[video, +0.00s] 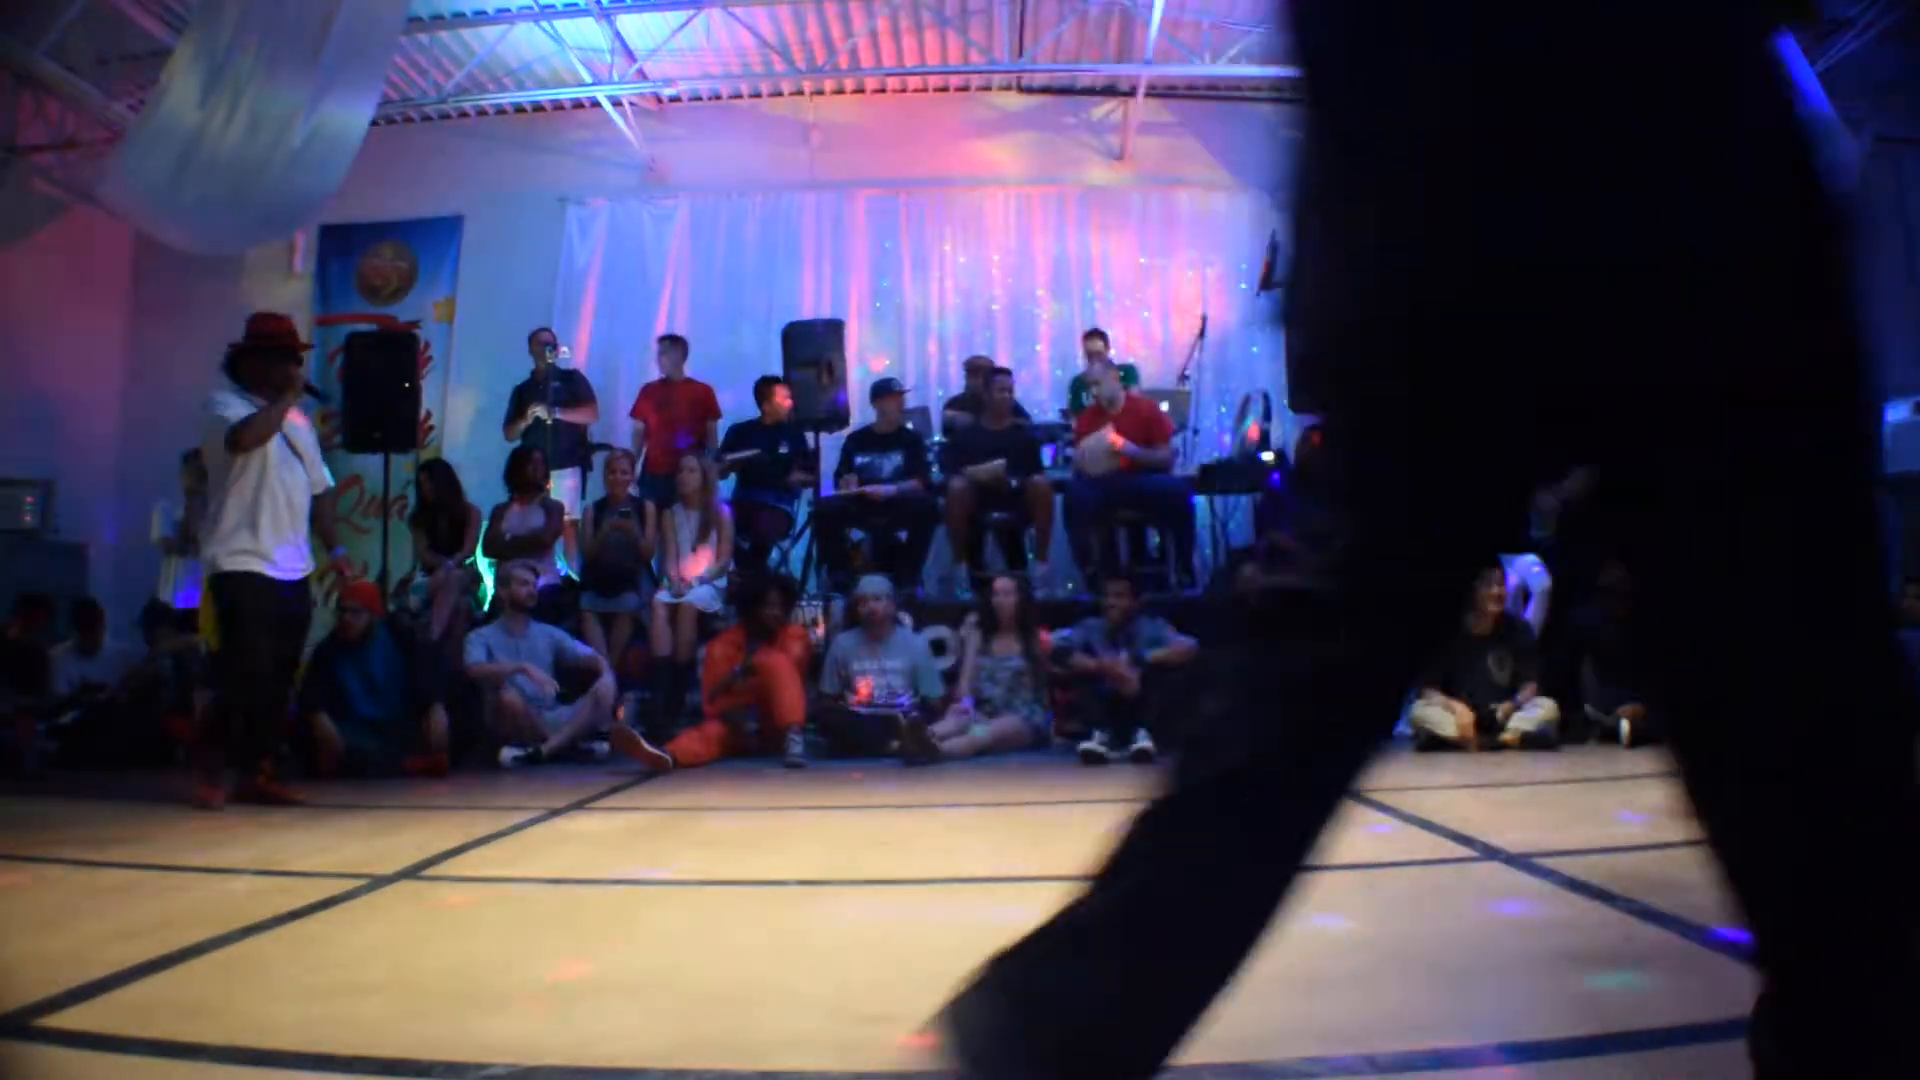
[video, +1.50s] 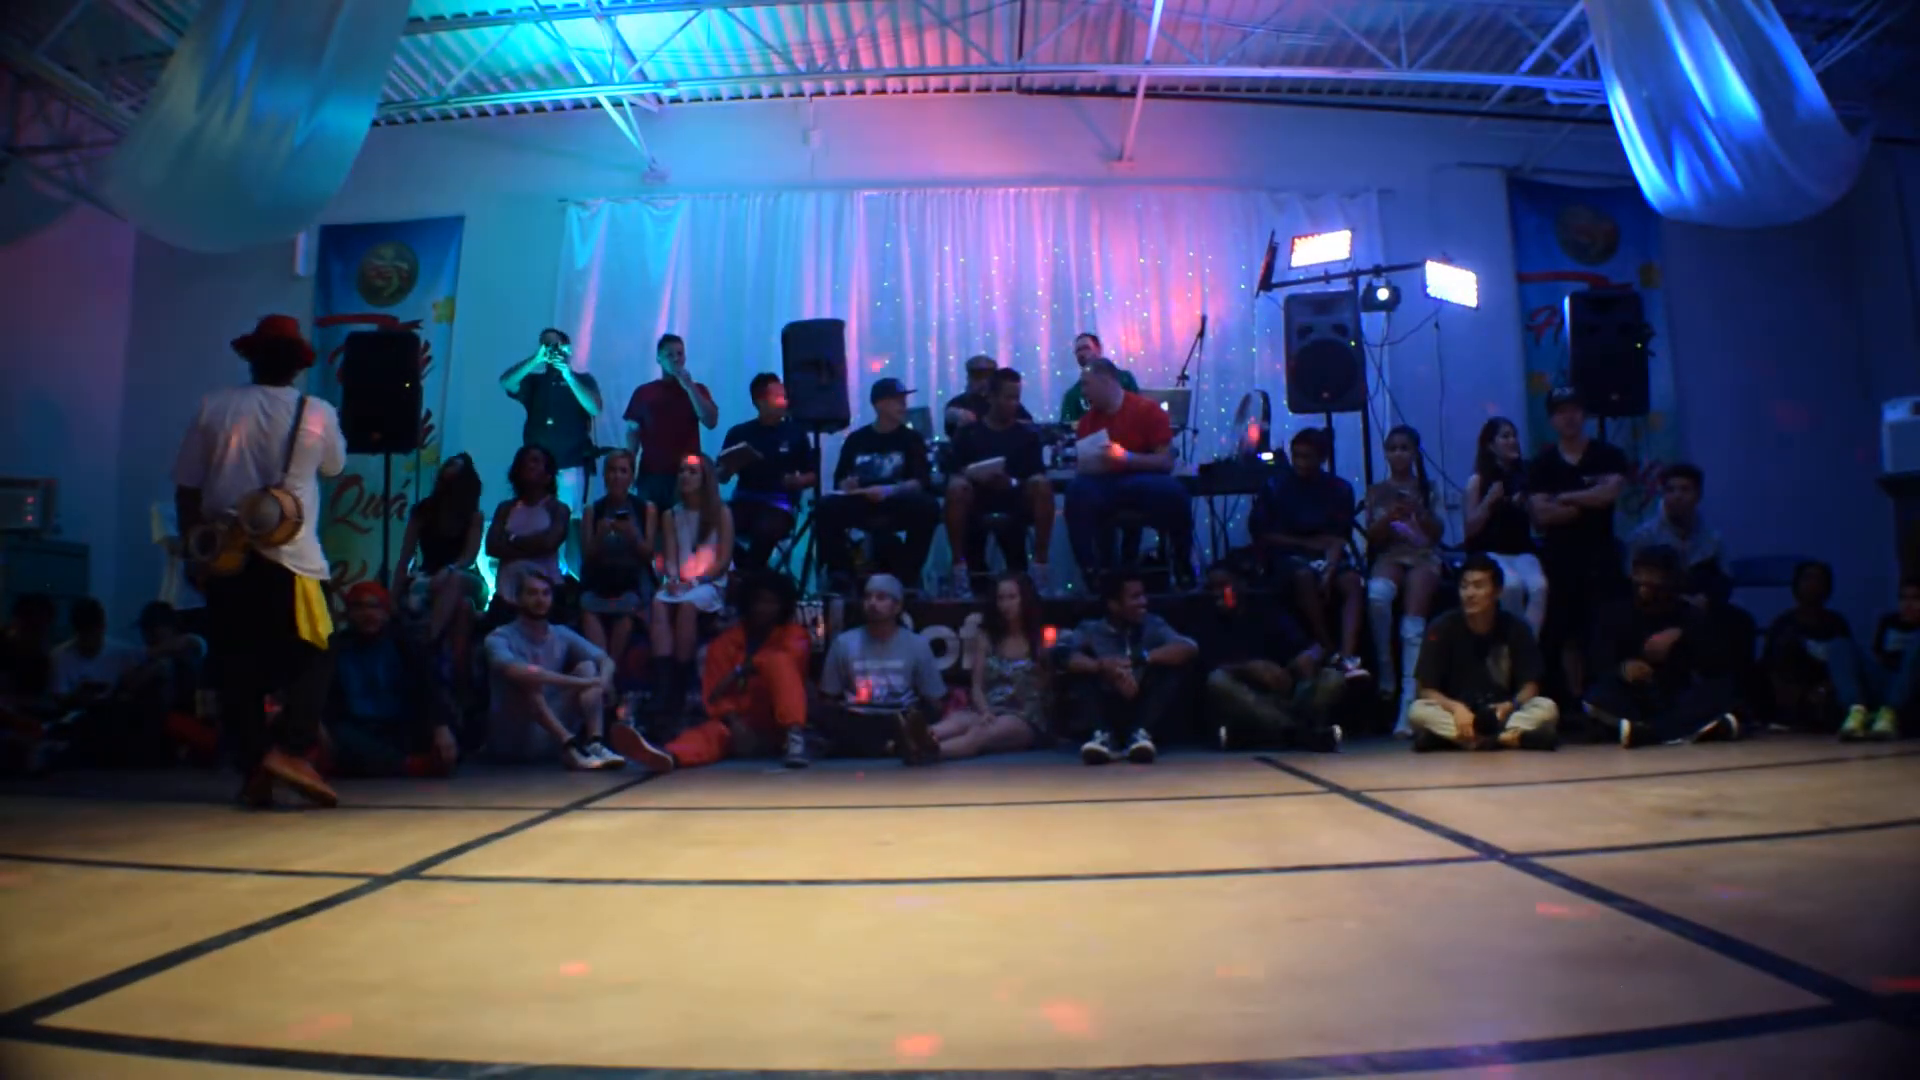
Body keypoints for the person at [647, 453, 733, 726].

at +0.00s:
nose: (684, 477)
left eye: (691, 471)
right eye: (681, 471)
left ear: (704, 477)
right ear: (676, 477)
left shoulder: (720, 513)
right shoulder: (670, 515)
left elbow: (724, 560)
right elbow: (668, 555)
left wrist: (699, 580)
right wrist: (673, 578)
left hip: (708, 580)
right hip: (678, 580)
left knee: (687, 606)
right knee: (659, 604)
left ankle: (681, 682)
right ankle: (661, 680)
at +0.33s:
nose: (684, 478)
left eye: (690, 471)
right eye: (681, 471)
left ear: (704, 478)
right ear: (677, 477)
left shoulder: (720, 513)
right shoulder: (671, 514)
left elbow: (723, 560)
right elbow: (669, 557)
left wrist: (698, 581)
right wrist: (675, 580)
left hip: (709, 580)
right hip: (679, 580)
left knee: (687, 605)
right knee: (660, 601)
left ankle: (682, 675)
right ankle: (660, 672)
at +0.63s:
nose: (687, 478)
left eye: (693, 472)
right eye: (684, 472)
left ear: (706, 478)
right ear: (680, 478)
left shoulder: (721, 514)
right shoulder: (673, 515)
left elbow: (725, 561)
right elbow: (671, 557)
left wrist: (701, 581)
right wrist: (676, 578)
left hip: (709, 580)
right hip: (680, 579)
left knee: (690, 607)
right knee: (661, 604)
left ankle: (683, 676)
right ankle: (663, 675)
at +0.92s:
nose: (685, 477)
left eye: (692, 471)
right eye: (682, 472)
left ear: (705, 477)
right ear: (678, 477)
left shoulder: (721, 512)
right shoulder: (672, 516)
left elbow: (725, 558)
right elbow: (670, 556)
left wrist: (700, 580)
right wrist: (674, 580)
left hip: (710, 580)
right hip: (679, 580)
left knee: (688, 605)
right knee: (660, 604)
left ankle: (681, 680)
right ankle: (662, 677)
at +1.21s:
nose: (685, 476)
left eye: (692, 471)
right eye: (682, 471)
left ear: (705, 477)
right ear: (678, 476)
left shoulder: (721, 514)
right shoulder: (671, 516)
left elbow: (724, 557)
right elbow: (669, 553)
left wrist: (701, 579)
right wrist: (673, 577)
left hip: (708, 580)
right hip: (678, 580)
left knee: (686, 606)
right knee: (659, 604)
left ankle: (682, 679)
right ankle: (662, 677)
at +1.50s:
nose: (685, 476)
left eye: (692, 471)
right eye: (682, 471)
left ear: (705, 478)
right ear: (678, 477)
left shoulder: (720, 513)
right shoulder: (671, 516)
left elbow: (723, 559)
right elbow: (670, 556)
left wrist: (701, 578)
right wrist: (673, 577)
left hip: (709, 579)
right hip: (679, 580)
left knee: (687, 606)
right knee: (659, 605)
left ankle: (680, 680)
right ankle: (662, 679)